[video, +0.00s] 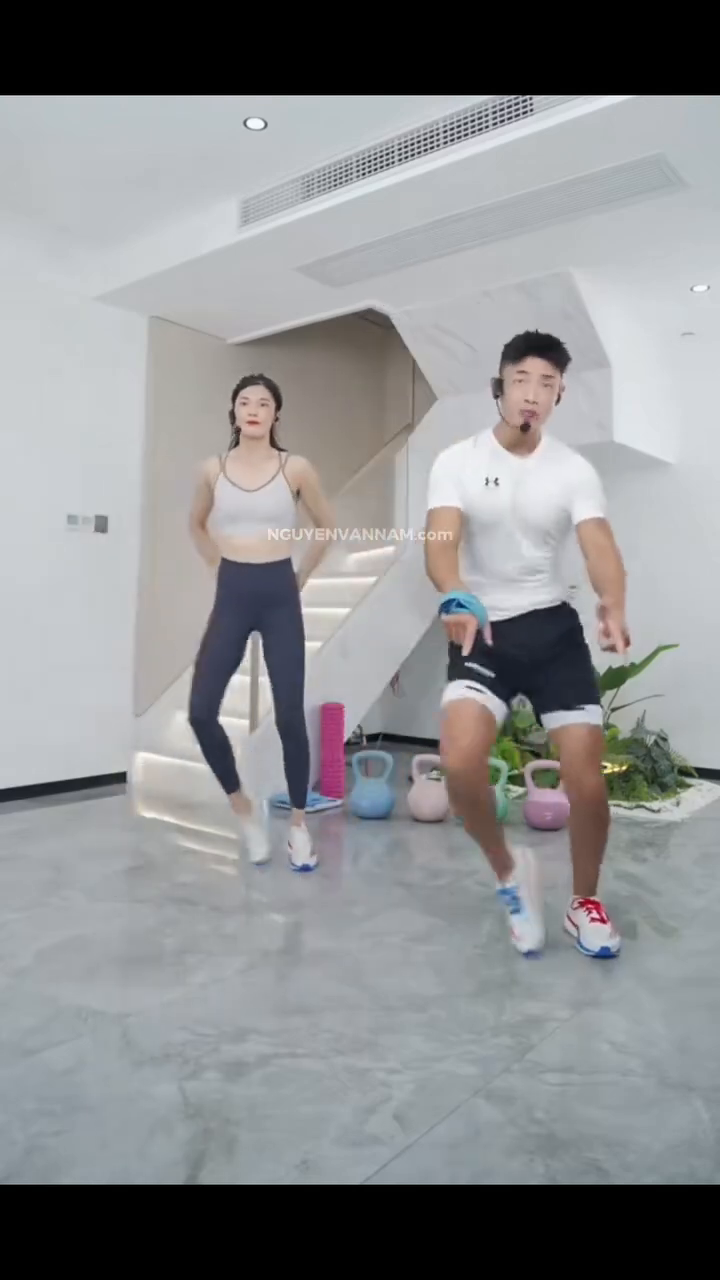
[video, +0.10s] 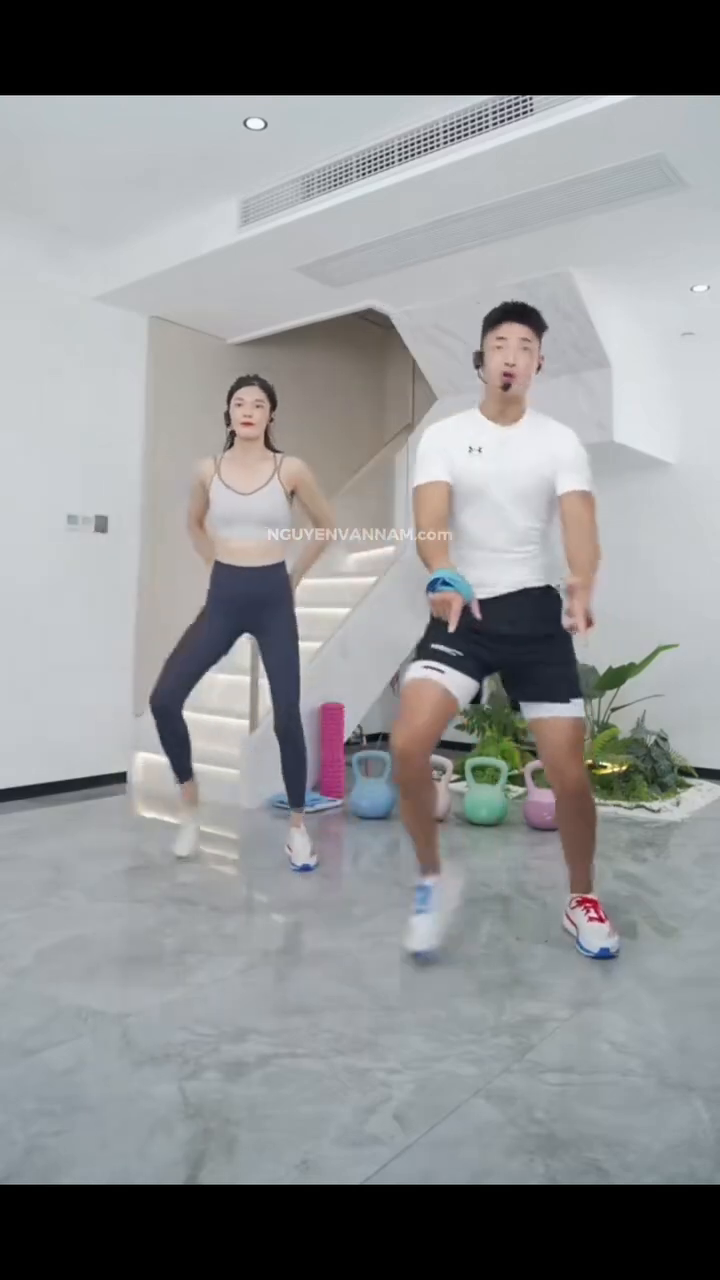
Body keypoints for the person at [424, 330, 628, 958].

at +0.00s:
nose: (532, 393)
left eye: (545, 384)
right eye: (521, 380)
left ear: (558, 398)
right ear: (499, 388)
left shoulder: (574, 470)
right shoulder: (456, 462)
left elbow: (600, 546)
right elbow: (441, 538)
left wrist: (611, 604)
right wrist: (454, 595)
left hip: (554, 629)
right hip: (481, 630)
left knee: (586, 782)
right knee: (458, 763)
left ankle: (586, 902)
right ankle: (508, 875)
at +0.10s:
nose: (512, 356)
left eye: (524, 347)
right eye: (500, 345)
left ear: (539, 363)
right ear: (481, 359)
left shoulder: (560, 441)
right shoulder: (443, 436)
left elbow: (579, 522)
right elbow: (431, 519)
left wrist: (580, 585)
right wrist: (441, 577)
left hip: (537, 615)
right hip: (461, 612)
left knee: (571, 778)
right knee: (408, 743)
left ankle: (583, 899)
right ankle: (431, 879)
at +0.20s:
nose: (481, 332)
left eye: (492, 323)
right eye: (469, 323)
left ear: (510, 341)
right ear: (451, 341)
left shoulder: (537, 421)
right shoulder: (417, 418)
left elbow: (551, 511)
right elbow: (402, 508)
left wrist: (547, 574)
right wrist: (413, 558)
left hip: (512, 602)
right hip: (434, 602)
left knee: (551, 760)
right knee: (375, 744)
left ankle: (582, 897)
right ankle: (340, 896)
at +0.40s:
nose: (412, 349)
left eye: (424, 339)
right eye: (401, 340)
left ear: (445, 356)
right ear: (384, 359)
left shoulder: (469, 442)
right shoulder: (349, 439)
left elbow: (500, 527)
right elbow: (310, 516)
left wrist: (501, 592)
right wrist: (306, 573)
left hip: (447, 626)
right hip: (363, 625)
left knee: (520, 774)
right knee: (317, 773)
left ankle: (560, 894)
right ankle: (293, 919)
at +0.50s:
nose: (389, 347)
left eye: (402, 336)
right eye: (377, 337)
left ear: (423, 351)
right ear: (362, 355)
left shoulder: (451, 439)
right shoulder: (326, 435)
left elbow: (497, 527)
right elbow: (271, 520)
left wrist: (486, 594)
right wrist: (269, 600)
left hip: (429, 617)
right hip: (345, 619)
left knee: (499, 752)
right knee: (303, 762)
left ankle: (498, 868)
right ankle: (292, 919)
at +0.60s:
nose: (375, 335)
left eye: (389, 324)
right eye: (362, 325)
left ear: (410, 338)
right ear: (346, 341)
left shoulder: (446, 424)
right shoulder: (314, 422)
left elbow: (499, 505)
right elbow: (269, 495)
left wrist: (469, 587)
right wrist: (270, 586)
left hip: (417, 603)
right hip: (335, 604)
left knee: (444, 744)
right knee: (306, 752)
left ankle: (416, 849)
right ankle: (291, 915)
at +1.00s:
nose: (387, 335)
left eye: (400, 323)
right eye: (374, 325)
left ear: (420, 337)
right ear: (358, 343)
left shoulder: (460, 419)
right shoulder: (334, 435)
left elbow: (483, 522)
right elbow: (322, 541)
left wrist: (453, 546)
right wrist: (329, 532)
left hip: (446, 604)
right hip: (365, 610)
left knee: (514, 745)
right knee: (323, 761)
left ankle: (484, 864)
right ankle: (294, 917)